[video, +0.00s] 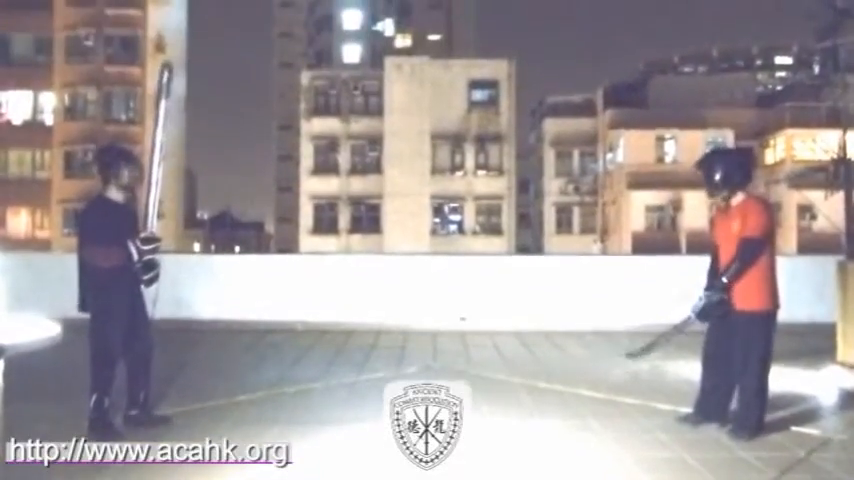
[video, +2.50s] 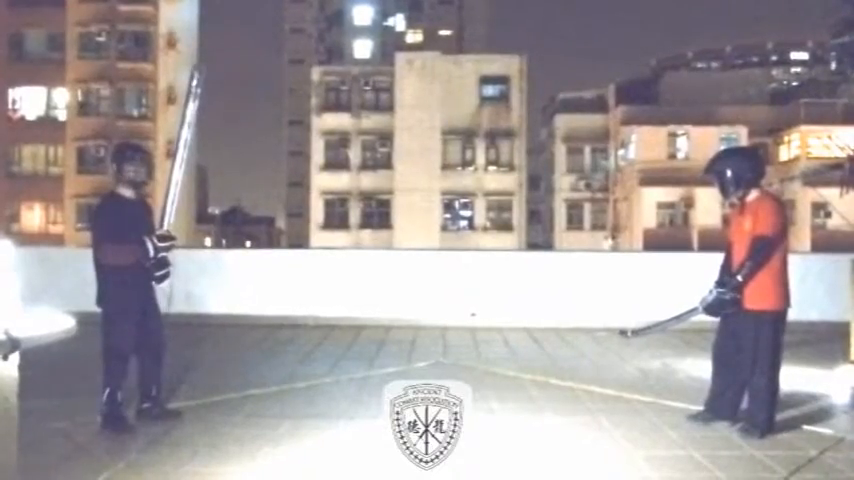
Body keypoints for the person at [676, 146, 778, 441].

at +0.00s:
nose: (709, 184)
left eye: (713, 176)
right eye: (707, 177)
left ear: (729, 176)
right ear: (715, 178)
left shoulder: (756, 209)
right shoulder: (719, 215)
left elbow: (749, 252)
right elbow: (717, 258)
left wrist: (721, 286)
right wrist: (709, 293)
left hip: (755, 303)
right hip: (728, 301)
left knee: (752, 364)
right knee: (717, 357)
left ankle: (748, 420)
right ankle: (709, 409)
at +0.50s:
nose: (702, 197)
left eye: (703, 190)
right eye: (699, 192)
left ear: (717, 185)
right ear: (718, 186)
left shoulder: (749, 208)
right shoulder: (722, 214)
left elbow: (744, 251)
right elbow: (717, 259)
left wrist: (718, 287)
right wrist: (706, 290)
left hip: (751, 303)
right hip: (726, 301)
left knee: (747, 365)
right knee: (715, 358)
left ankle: (745, 421)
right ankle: (707, 410)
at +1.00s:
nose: (704, 192)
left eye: (706, 184)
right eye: (702, 185)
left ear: (722, 180)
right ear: (716, 182)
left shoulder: (752, 208)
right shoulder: (721, 213)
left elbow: (748, 250)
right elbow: (719, 257)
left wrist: (722, 288)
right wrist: (708, 290)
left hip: (753, 303)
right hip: (727, 301)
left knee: (750, 364)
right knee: (716, 357)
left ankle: (746, 422)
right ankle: (708, 410)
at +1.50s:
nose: (724, 182)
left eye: (727, 174)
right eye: (722, 175)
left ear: (743, 170)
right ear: (736, 172)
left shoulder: (772, 198)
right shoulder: (741, 204)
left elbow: (767, 243)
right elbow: (738, 248)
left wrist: (740, 280)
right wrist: (727, 280)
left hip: (773, 295)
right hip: (747, 293)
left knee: (771, 357)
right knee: (736, 350)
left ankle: (769, 414)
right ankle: (731, 403)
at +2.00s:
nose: (719, 189)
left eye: (722, 181)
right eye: (718, 182)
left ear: (738, 178)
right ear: (733, 181)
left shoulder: (766, 208)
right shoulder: (736, 212)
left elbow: (760, 249)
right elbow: (731, 255)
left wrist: (733, 285)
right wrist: (720, 286)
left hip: (764, 302)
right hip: (739, 300)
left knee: (761, 363)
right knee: (727, 356)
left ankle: (758, 420)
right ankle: (719, 408)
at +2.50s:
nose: (720, 187)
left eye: (723, 180)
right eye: (719, 181)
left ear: (739, 178)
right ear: (736, 179)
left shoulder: (768, 206)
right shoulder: (737, 210)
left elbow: (762, 249)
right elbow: (732, 253)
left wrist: (735, 284)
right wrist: (721, 285)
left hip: (765, 301)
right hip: (740, 298)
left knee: (762, 362)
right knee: (727, 354)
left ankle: (759, 419)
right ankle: (720, 407)